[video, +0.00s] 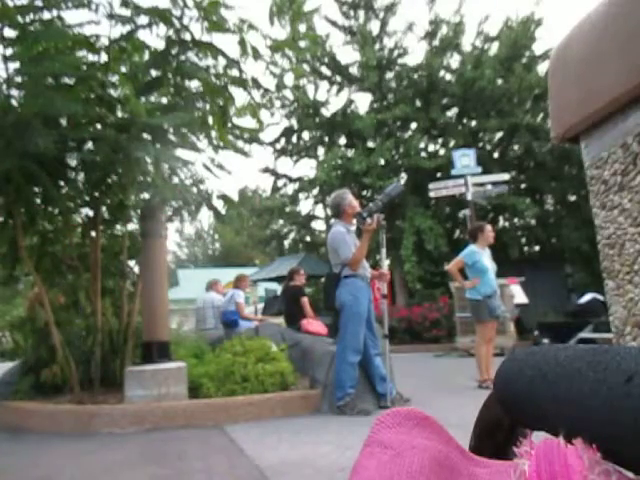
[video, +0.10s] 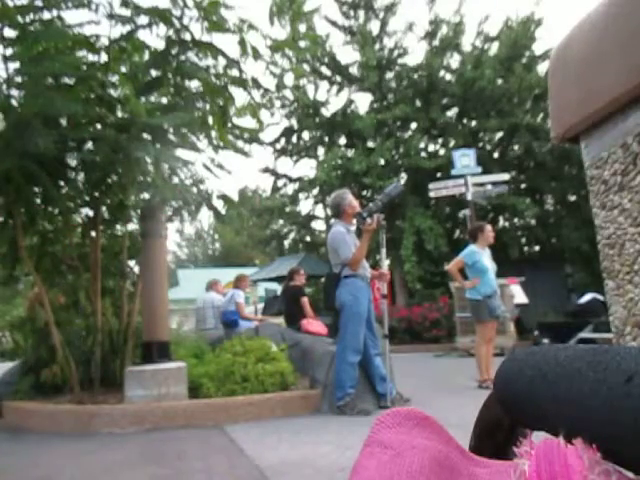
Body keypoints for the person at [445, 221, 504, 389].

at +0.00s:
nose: (493, 235)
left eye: (492, 232)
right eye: (489, 232)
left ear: (487, 235)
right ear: (480, 235)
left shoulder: (486, 251)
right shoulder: (472, 251)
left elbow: (484, 272)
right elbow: (452, 267)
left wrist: (493, 284)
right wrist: (462, 282)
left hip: (491, 294)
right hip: (478, 296)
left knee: (491, 338)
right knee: (483, 338)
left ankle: (489, 376)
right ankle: (483, 377)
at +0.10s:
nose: (493, 235)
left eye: (492, 232)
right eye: (489, 232)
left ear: (487, 235)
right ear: (480, 235)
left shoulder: (486, 251)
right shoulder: (472, 251)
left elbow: (484, 272)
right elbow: (452, 267)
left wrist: (493, 284)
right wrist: (462, 282)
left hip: (491, 294)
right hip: (478, 296)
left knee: (491, 338)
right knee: (483, 338)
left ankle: (489, 376)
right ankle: (483, 377)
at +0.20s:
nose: (492, 235)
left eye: (492, 232)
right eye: (489, 232)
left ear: (485, 235)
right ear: (480, 235)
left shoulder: (486, 251)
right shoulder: (471, 251)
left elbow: (485, 274)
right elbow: (452, 267)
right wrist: (463, 282)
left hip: (491, 295)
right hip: (478, 297)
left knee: (491, 338)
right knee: (483, 338)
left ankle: (489, 376)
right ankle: (483, 377)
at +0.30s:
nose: (492, 235)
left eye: (492, 232)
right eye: (489, 232)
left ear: (485, 235)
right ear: (480, 235)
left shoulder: (486, 251)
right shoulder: (471, 251)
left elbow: (485, 274)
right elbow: (452, 267)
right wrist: (463, 282)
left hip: (491, 295)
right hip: (478, 297)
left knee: (491, 338)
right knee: (483, 338)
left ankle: (489, 376)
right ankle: (483, 377)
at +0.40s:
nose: (492, 235)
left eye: (492, 232)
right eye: (489, 232)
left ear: (485, 235)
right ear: (480, 235)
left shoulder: (486, 251)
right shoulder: (471, 251)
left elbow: (485, 274)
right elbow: (452, 267)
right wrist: (462, 282)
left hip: (491, 295)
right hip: (478, 297)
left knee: (491, 338)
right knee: (483, 338)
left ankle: (489, 376)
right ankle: (483, 377)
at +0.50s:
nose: (492, 235)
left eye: (492, 232)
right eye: (489, 232)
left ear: (485, 235)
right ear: (480, 235)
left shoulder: (486, 251)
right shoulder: (471, 251)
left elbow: (485, 274)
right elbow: (452, 267)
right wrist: (462, 282)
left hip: (491, 295)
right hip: (478, 297)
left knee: (491, 338)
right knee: (483, 338)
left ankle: (489, 376)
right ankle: (483, 377)